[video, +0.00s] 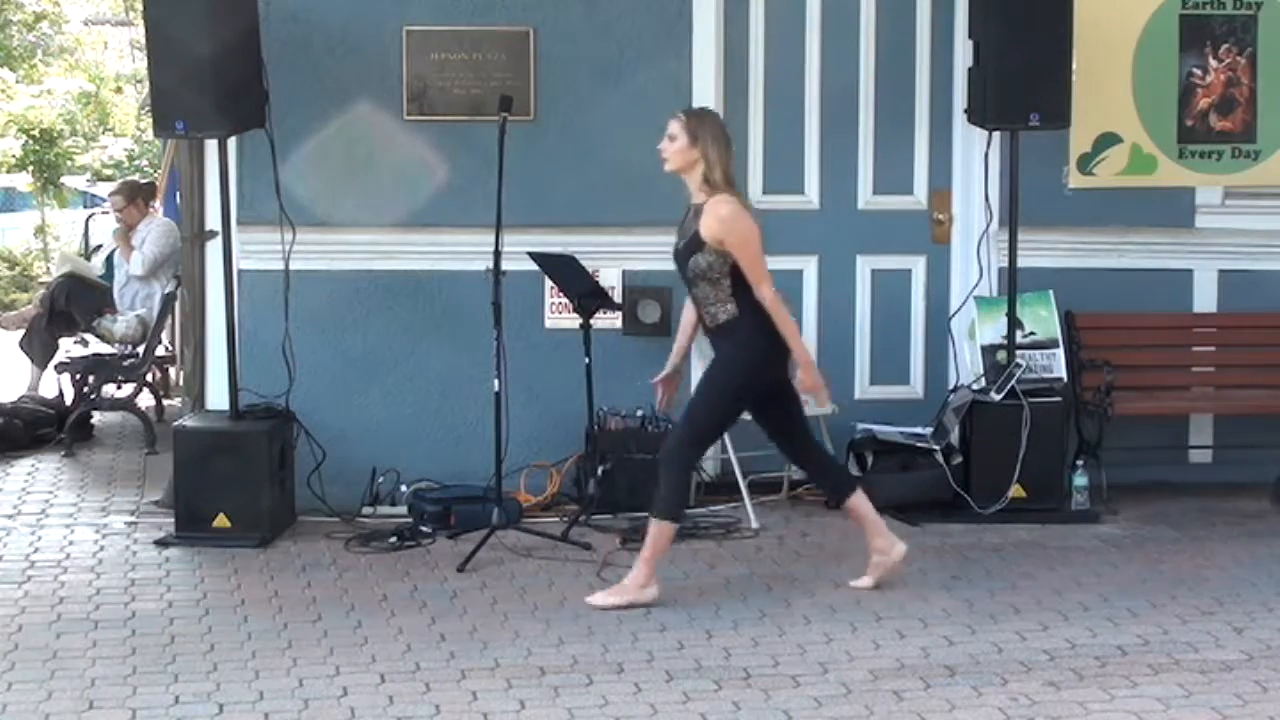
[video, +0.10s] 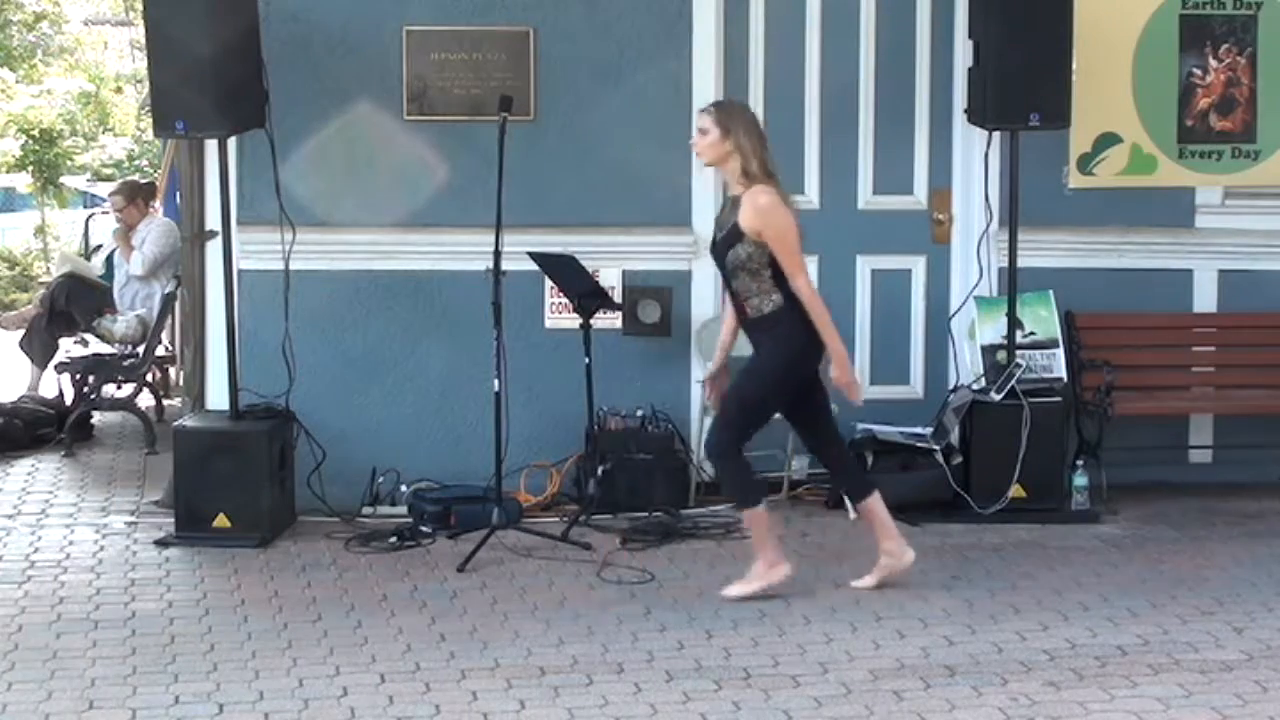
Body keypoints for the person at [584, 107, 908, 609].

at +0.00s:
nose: (661, 147)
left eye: (671, 139)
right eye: (664, 138)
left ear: (701, 149)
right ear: (696, 151)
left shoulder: (726, 213)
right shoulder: (699, 212)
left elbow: (766, 291)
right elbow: (699, 297)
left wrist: (805, 360)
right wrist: (676, 362)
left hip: (749, 350)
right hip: (747, 349)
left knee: (679, 449)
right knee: (803, 449)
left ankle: (642, 578)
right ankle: (884, 542)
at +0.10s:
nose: (695, 142)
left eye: (703, 133)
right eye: (696, 133)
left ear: (732, 138)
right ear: (726, 141)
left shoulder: (763, 202)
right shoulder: (735, 203)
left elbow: (801, 284)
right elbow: (739, 294)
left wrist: (839, 355)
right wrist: (720, 359)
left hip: (788, 342)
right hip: (776, 343)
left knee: (723, 441)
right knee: (827, 443)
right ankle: (895, 548)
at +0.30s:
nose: (741, 128)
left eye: (750, 119)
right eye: (742, 119)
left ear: (781, 126)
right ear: (774, 129)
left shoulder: (810, 186)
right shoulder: (782, 186)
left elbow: (829, 276)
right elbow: (797, 275)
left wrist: (842, 355)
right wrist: (805, 342)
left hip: (828, 324)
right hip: (804, 326)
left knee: (846, 442)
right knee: (831, 443)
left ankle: (866, 568)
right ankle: (892, 546)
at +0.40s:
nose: (763, 131)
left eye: (772, 123)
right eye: (764, 122)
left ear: (800, 129)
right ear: (793, 131)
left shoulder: (827, 190)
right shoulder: (803, 190)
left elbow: (832, 283)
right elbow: (815, 280)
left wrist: (822, 361)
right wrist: (815, 353)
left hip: (852, 327)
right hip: (828, 324)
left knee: (848, 445)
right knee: (821, 446)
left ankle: (866, 571)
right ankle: (890, 543)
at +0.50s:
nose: (785, 138)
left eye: (792, 130)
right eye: (787, 130)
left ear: (814, 137)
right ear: (818, 138)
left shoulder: (837, 199)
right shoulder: (825, 195)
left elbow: (827, 292)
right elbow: (845, 287)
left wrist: (807, 368)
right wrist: (889, 358)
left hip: (868, 338)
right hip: (853, 335)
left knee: (834, 448)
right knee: (807, 443)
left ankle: (863, 572)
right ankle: (892, 530)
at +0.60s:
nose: (820, 153)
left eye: (823, 147)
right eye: (823, 146)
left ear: (832, 152)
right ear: (872, 152)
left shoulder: (839, 211)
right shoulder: (880, 207)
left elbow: (830, 303)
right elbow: (891, 292)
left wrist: (811, 378)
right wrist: (902, 368)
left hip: (869, 348)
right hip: (895, 341)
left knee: (827, 453)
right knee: (847, 451)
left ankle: (863, 571)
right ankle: (938, 521)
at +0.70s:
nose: (839, 155)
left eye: (841, 148)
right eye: (844, 147)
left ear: (847, 149)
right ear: (891, 146)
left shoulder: (850, 208)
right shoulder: (910, 199)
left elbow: (847, 299)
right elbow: (912, 280)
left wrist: (841, 377)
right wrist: (901, 334)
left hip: (875, 348)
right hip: (920, 345)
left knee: (834, 454)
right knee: (910, 452)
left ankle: (863, 571)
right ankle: (975, 548)